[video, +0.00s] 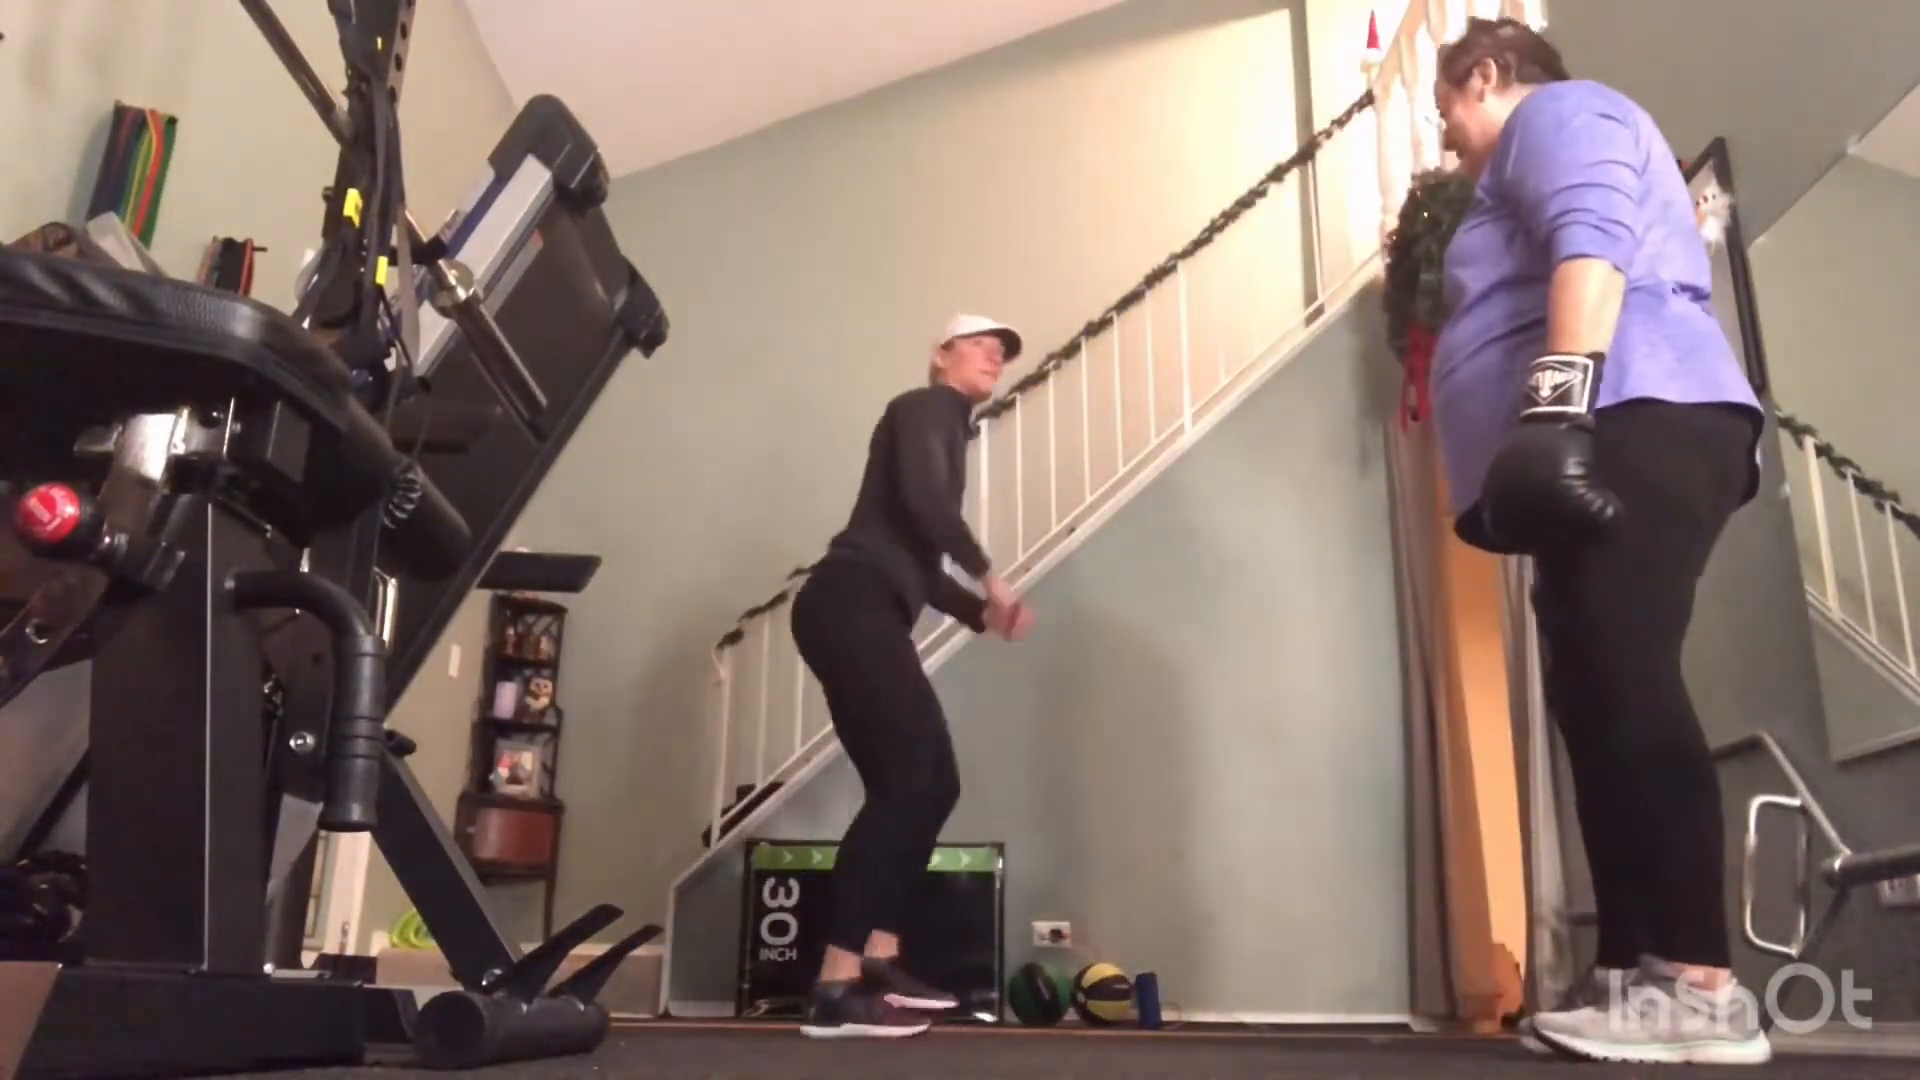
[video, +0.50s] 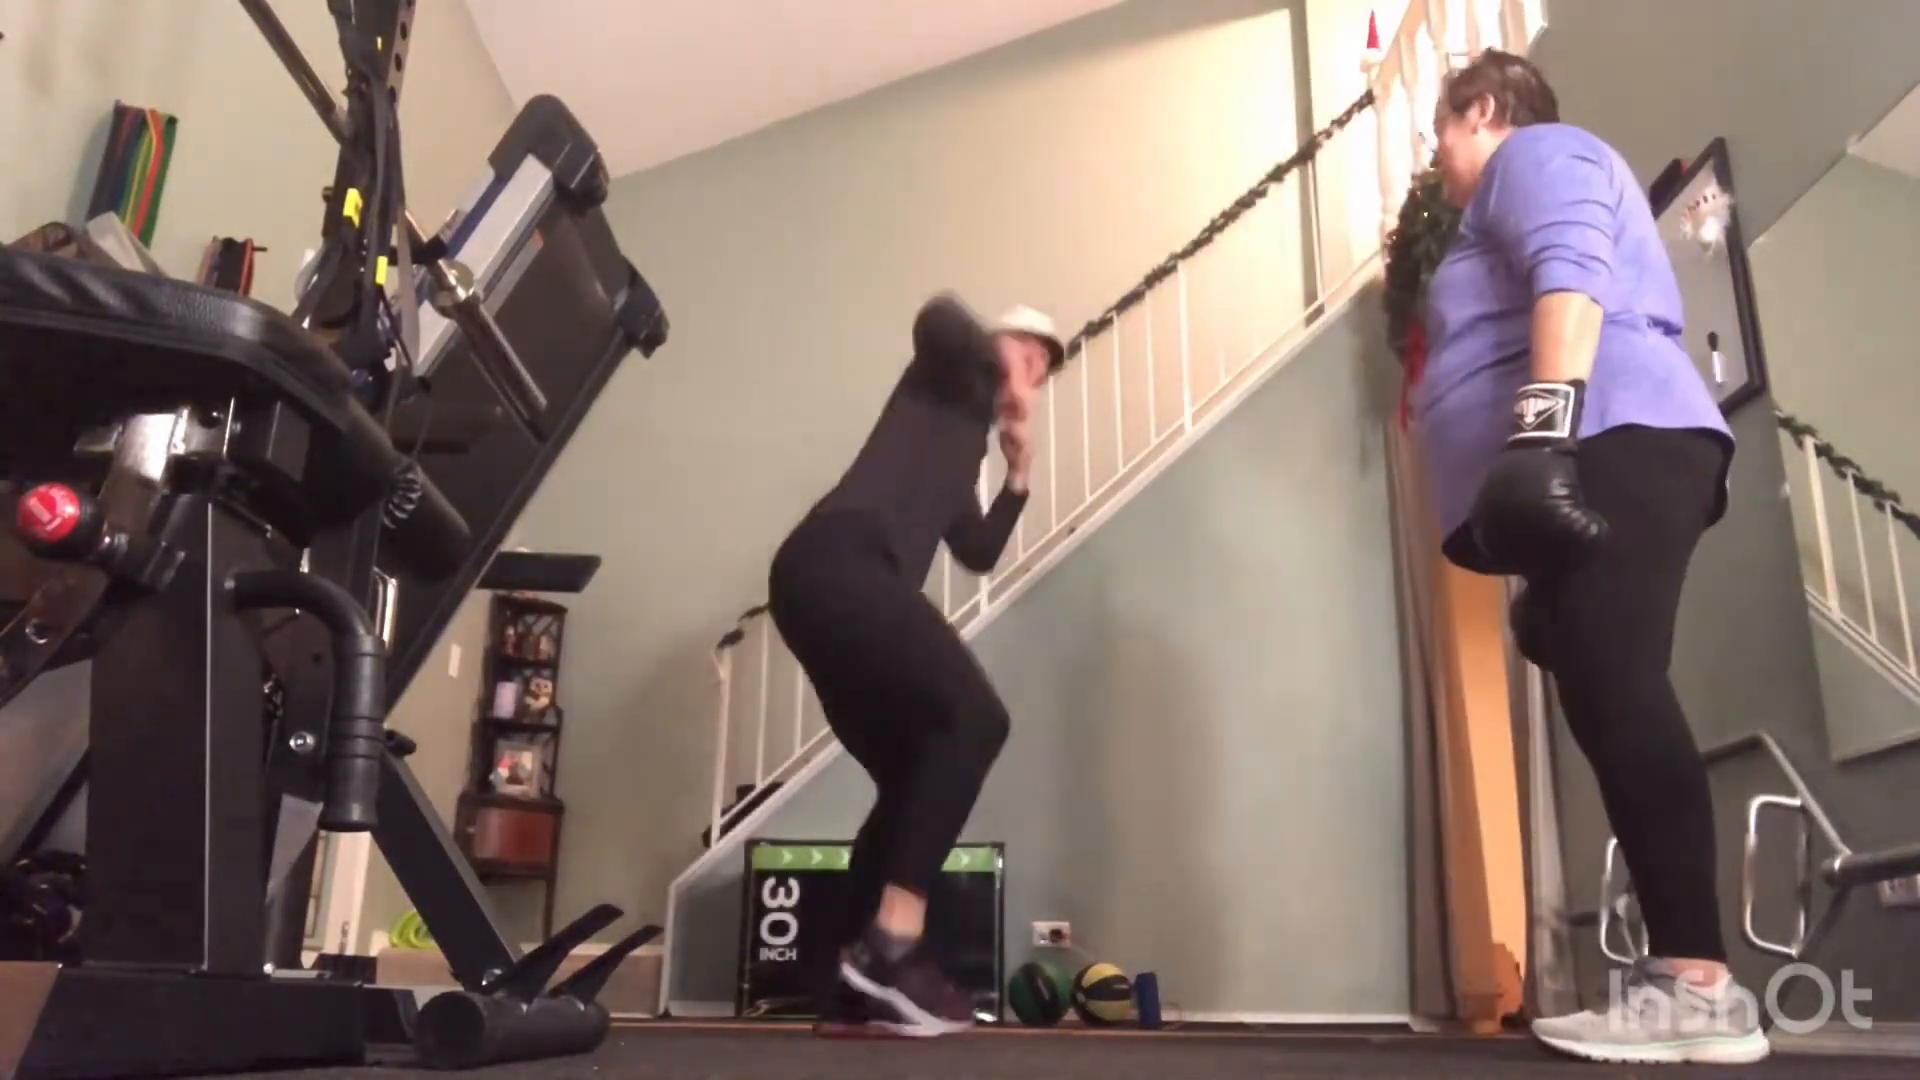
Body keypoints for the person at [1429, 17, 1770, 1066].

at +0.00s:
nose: (1447, 136)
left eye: (1448, 112)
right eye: (1441, 119)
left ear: (1487, 77)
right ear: (1502, 78)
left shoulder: (1563, 109)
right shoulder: (1515, 178)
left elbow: (1589, 242)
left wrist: (1555, 410)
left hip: (1651, 412)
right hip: (1608, 430)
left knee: (1623, 679)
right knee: (1587, 696)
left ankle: (1700, 986)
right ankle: (1635, 978)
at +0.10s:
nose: (1465, 126)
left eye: (1469, 101)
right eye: (1461, 108)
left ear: (1509, 73)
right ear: (1534, 73)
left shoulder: (1569, 106)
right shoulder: (1536, 169)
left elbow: (1588, 240)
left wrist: (1548, 407)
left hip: (1659, 410)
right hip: (1623, 427)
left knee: (1627, 680)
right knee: (1599, 690)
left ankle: (1701, 985)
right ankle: (1640, 977)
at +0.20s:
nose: (1470, 132)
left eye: (1474, 108)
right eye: (1466, 115)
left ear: (1512, 83)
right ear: (1542, 81)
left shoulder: (1565, 115)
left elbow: (1586, 243)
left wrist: (1552, 410)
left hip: (1654, 414)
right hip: (1635, 427)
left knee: (1626, 686)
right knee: (1606, 695)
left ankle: (1704, 987)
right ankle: (1677, 972)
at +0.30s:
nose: (1461, 150)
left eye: (1466, 129)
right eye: (1457, 135)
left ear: (1507, 106)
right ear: (1527, 106)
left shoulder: (1563, 141)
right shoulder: (1522, 201)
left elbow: (1588, 266)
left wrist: (1560, 425)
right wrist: (1440, 260)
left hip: (1645, 427)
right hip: (1619, 444)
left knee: (1636, 697)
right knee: (1628, 706)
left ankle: (1703, 985)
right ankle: (1682, 978)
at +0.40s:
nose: (1446, 153)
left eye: (1453, 132)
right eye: (1445, 137)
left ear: (1495, 111)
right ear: (1513, 114)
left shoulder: (1551, 150)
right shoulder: (1514, 207)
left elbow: (1577, 279)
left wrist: (1535, 437)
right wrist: (1434, 261)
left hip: (1634, 436)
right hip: (1602, 452)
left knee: (1624, 695)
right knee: (1612, 705)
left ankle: (1702, 984)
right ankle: (1682, 976)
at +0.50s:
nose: (1433, 155)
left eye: (1441, 134)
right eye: (1432, 139)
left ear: (1488, 112)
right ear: (1498, 114)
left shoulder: (1542, 151)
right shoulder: (1496, 218)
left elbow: (1569, 274)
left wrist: (1539, 432)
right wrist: (1426, 257)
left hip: (1629, 432)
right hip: (1597, 451)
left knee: (1614, 677)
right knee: (1604, 693)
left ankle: (1698, 985)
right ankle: (1679, 979)